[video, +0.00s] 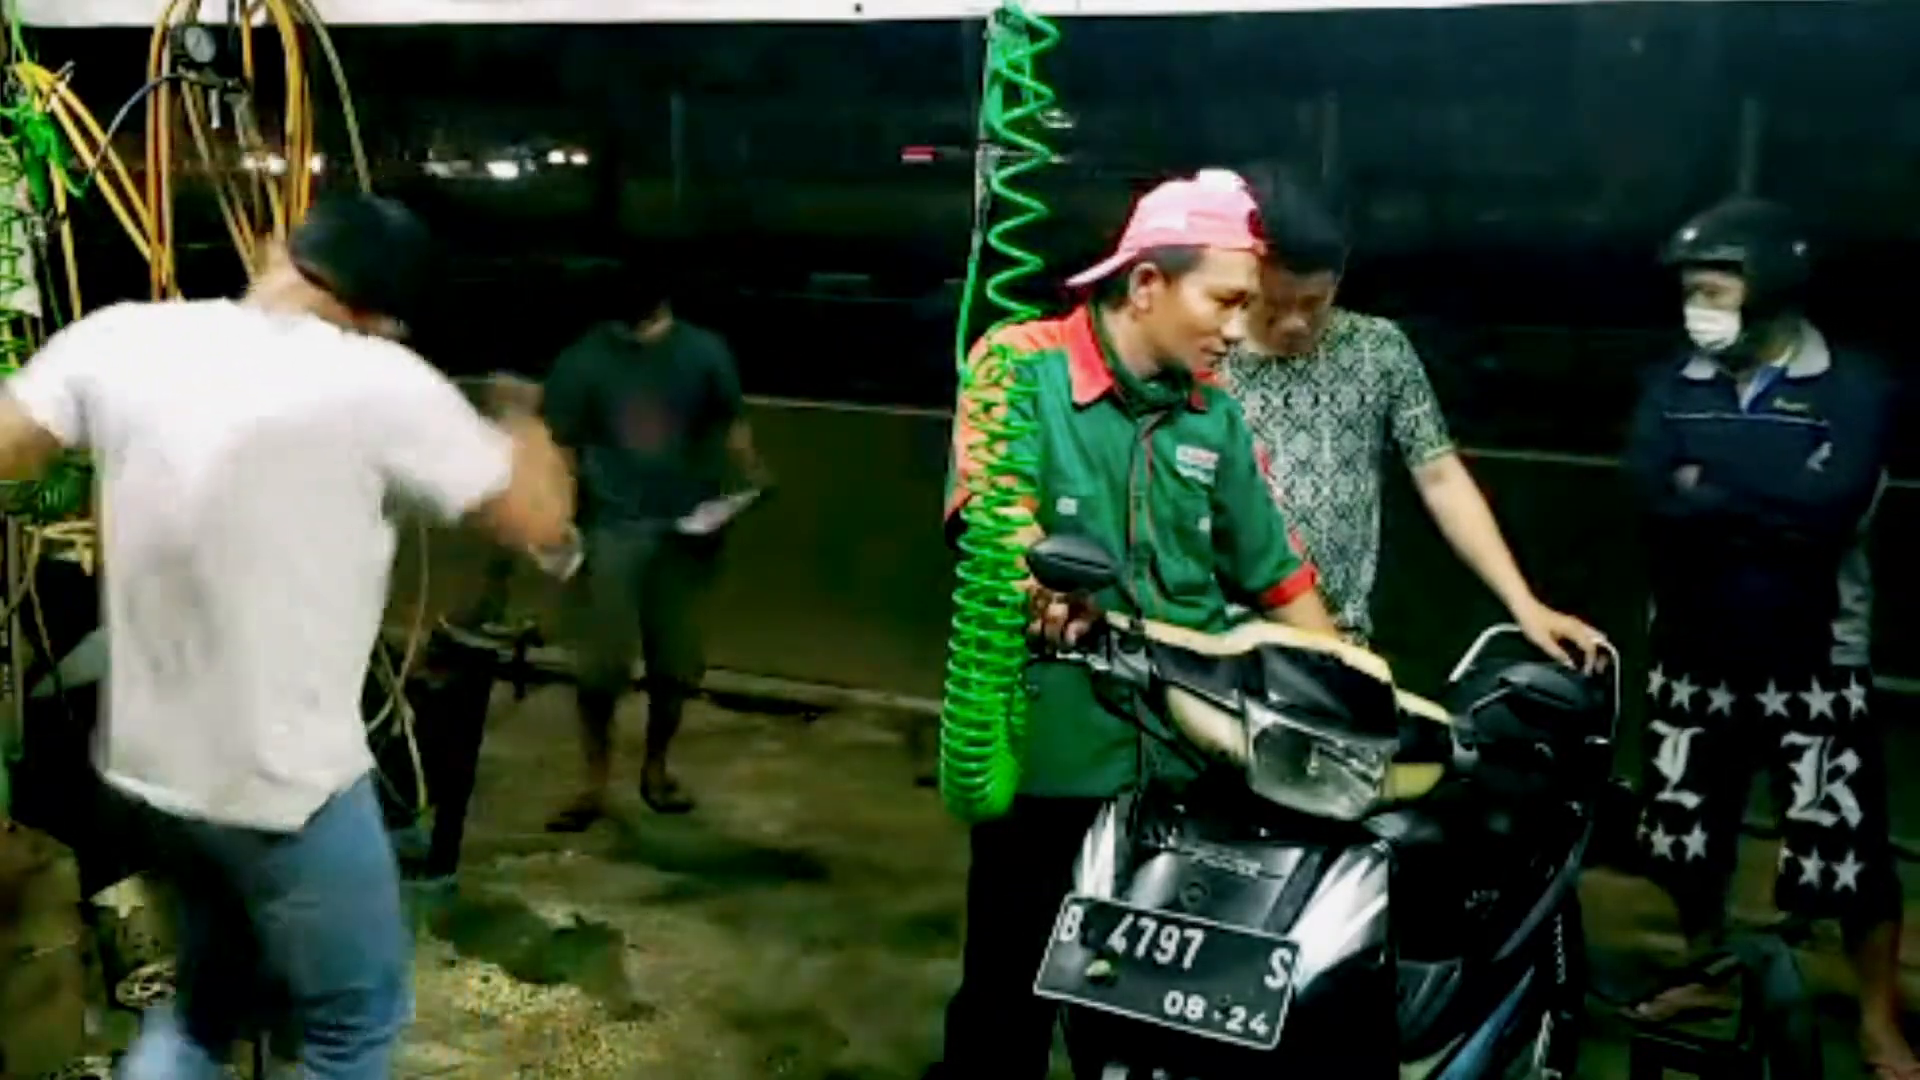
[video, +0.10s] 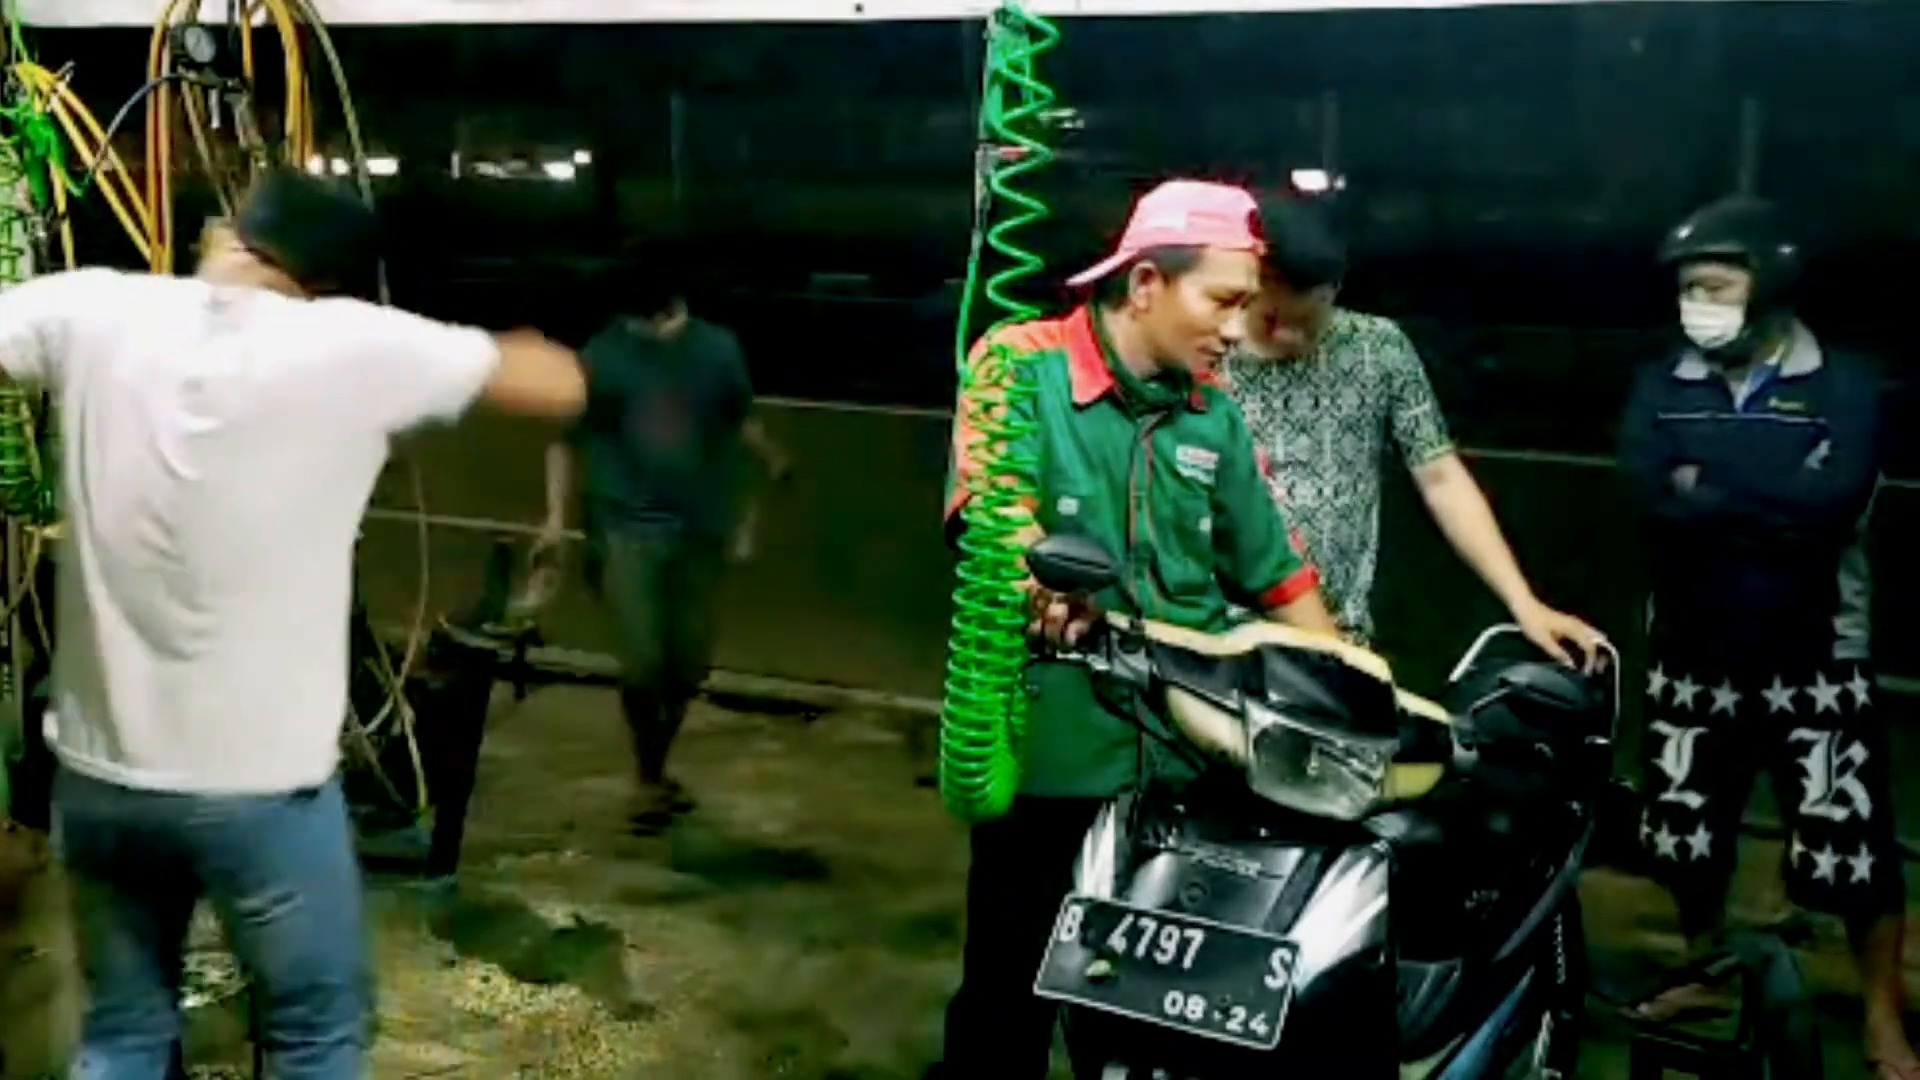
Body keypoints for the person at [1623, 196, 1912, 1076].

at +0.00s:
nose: (1696, 301)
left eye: (1717, 285)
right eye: (1690, 284)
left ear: (1772, 291)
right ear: (1685, 287)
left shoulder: (1846, 388)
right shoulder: (1671, 384)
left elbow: (1835, 502)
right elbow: (1649, 493)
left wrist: (1697, 470)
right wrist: (1788, 486)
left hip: (1811, 656)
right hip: (1693, 651)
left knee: (1849, 854)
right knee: (1684, 837)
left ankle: (1880, 1021)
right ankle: (1701, 971)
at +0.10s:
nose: (1697, 305)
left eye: (1719, 289)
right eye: (1689, 288)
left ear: (1769, 292)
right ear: (1677, 290)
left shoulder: (1837, 383)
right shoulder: (1661, 384)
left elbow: (1834, 498)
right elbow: (1646, 494)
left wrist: (1696, 469)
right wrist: (1785, 484)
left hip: (1810, 656)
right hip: (1691, 652)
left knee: (1851, 848)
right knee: (1683, 835)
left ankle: (1885, 1017)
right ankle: (1701, 967)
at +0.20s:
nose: (1707, 302)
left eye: (1729, 286)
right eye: (1697, 284)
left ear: (1775, 289)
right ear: (1681, 287)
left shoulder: (1836, 383)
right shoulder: (1661, 382)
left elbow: (1839, 501)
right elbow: (1648, 493)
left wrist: (1701, 472)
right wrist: (1791, 481)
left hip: (1811, 650)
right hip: (1693, 647)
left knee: (1849, 843)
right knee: (1686, 831)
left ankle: (1881, 996)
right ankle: (1699, 968)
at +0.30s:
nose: (1726, 301)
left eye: (1747, 283)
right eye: (1713, 282)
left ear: (1788, 287)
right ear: (1693, 288)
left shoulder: (1849, 386)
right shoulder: (1669, 385)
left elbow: (1846, 503)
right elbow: (1649, 498)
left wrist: (1707, 474)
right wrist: (1799, 489)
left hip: (1816, 650)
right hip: (1697, 647)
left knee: (1846, 839)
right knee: (1686, 828)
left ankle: (1872, 982)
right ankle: (1700, 968)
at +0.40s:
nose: (1741, 295)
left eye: (1761, 279)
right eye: (1727, 279)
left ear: (1802, 285)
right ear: (1707, 288)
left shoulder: (1859, 386)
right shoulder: (1684, 383)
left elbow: (1856, 501)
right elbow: (1654, 497)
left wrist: (1716, 473)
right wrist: (1801, 490)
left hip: (1821, 649)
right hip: (1702, 645)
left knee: (1843, 836)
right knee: (1686, 823)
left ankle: (1860, 986)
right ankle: (1701, 969)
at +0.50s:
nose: (1765, 299)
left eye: (1786, 281)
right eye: (1752, 281)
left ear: (1827, 287)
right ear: (1733, 291)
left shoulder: (1880, 390)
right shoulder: (1710, 384)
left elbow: (1875, 507)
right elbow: (1664, 496)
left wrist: (1737, 485)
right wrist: (1819, 492)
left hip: (1830, 650)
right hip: (1715, 644)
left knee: (1844, 833)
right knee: (1688, 817)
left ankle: (1856, 984)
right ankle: (1703, 970)